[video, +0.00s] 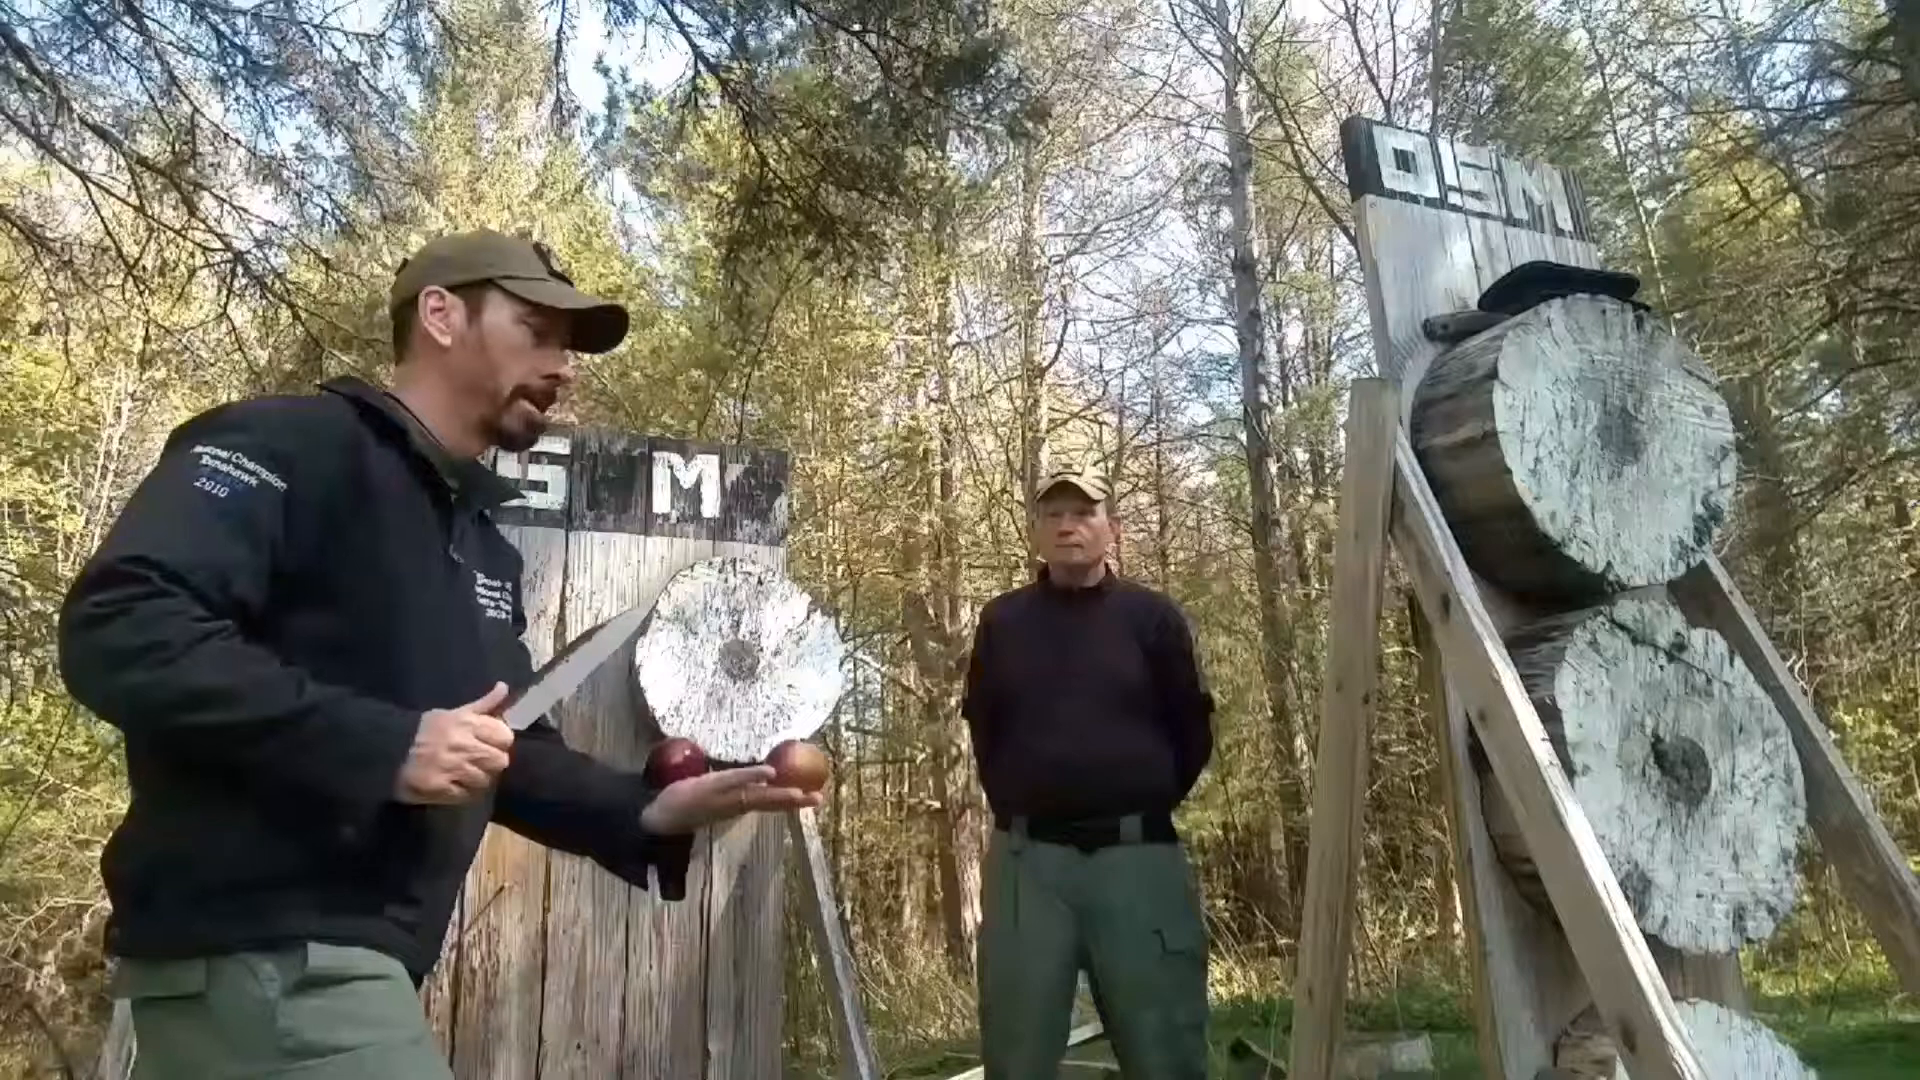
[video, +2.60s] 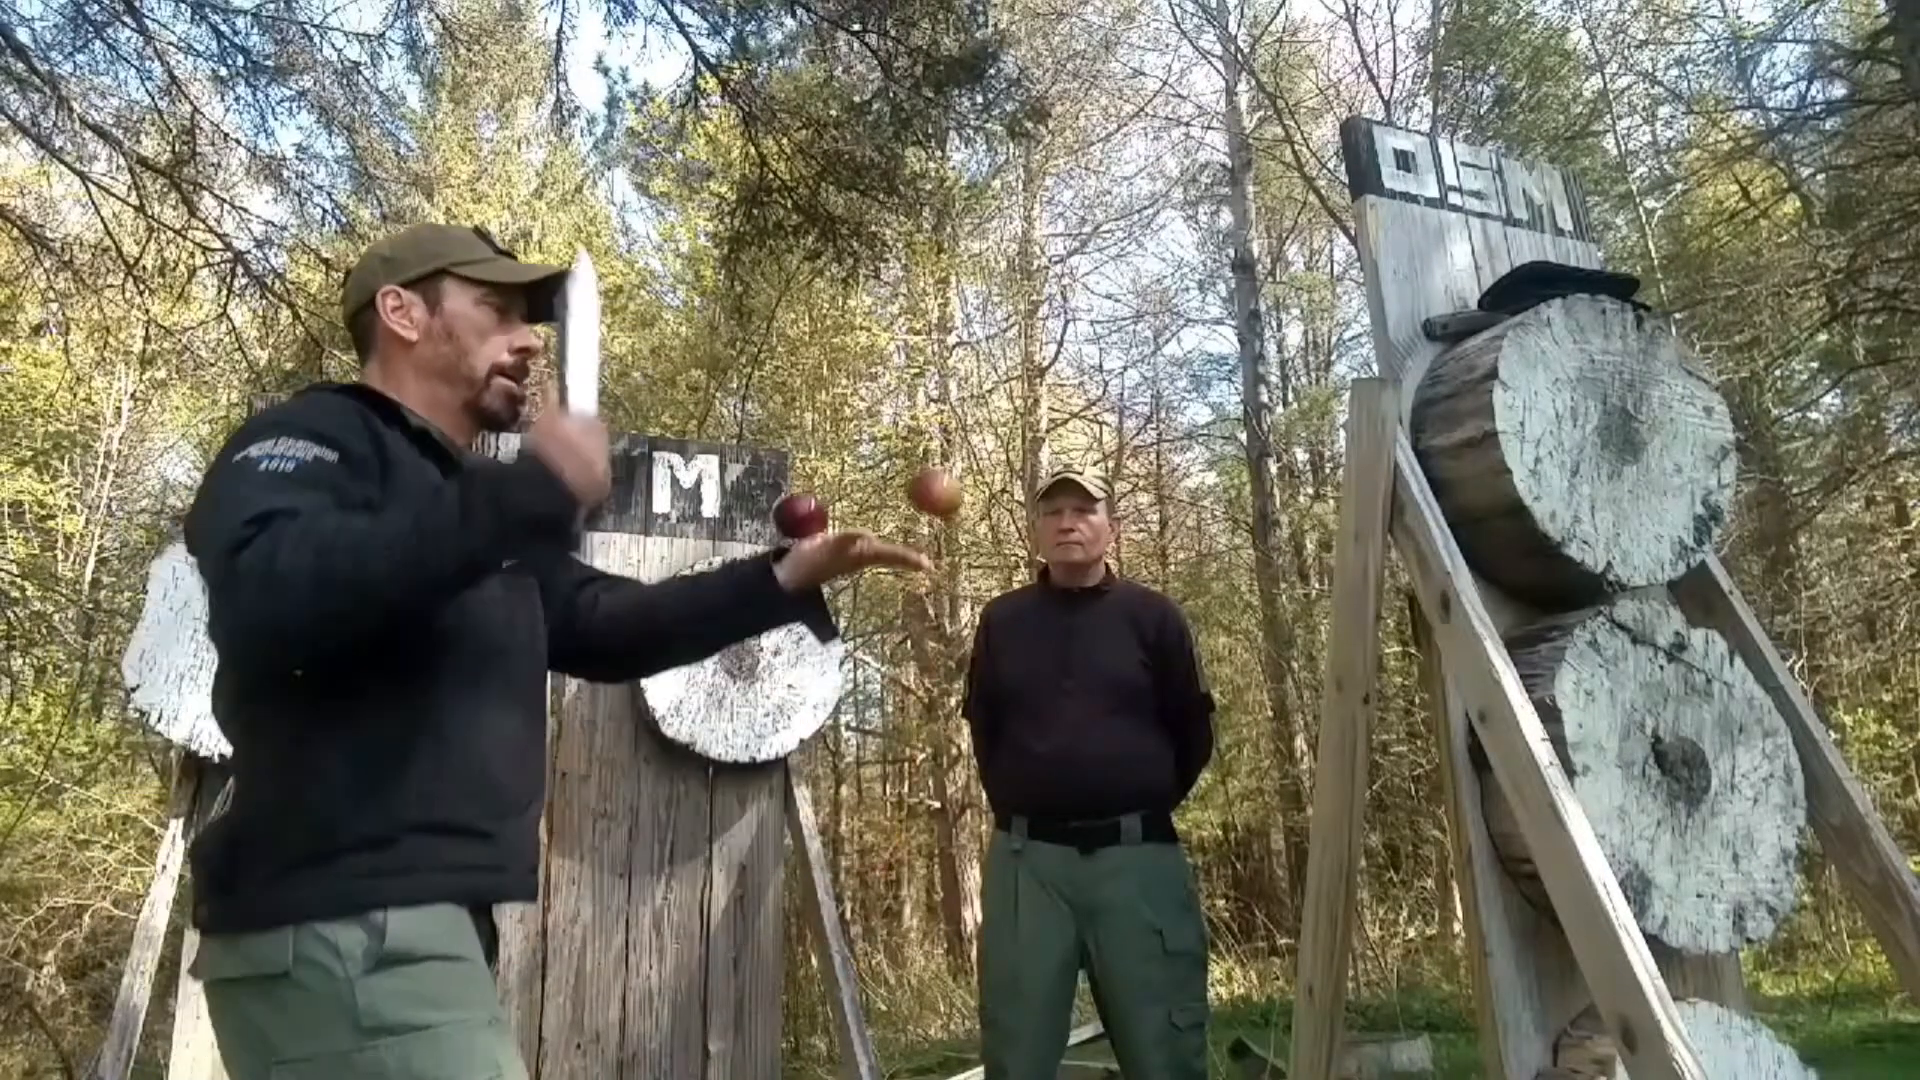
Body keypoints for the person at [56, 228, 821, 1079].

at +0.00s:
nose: (565, 369)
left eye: (572, 346)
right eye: (543, 331)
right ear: (443, 316)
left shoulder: (487, 553)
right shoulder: (285, 445)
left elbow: (487, 749)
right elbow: (118, 628)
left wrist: (652, 808)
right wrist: (385, 743)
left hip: (348, 967)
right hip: (264, 968)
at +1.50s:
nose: (574, 438)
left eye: (577, 414)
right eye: (549, 401)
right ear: (449, 392)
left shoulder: (491, 622)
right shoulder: (295, 525)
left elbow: (481, 839)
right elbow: (132, 741)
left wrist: (651, 922)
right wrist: (397, 863)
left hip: (370, 1033)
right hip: (241, 1032)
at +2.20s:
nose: (552, 450)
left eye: (555, 424)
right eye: (523, 412)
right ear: (420, 409)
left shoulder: (487, 628)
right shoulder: (264, 558)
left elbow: (548, 816)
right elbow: (149, 788)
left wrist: (716, 851)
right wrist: (421, 874)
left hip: (408, 1038)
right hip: (260, 1037)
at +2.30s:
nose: (546, 425)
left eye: (547, 399)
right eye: (518, 392)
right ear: (418, 387)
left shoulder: (487, 598)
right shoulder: (263, 537)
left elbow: (561, 765)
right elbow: (164, 749)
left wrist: (757, 776)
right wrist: (456, 806)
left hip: (416, 1021)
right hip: (290, 1025)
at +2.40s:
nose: (541, 395)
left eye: (541, 371)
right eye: (510, 359)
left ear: (425, 368)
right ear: (413, 360)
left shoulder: (484, 569)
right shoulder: (277, 506)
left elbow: (579, 719)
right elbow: (196, 704)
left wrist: (769, 699)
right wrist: (492, 707)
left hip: (408, 992)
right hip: (323, 999)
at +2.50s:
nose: (537, 370)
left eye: (538, 347)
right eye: (507, 334)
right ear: (410, 336)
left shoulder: (478, 530)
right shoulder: (292, 468)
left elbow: (598, 665)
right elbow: (234, 649)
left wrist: (780, 631)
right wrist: (518, 600)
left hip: (411, 962)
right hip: (338, 970)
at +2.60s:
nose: (529, 340)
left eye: (528, 319)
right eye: (500, 311)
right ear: (403, 314)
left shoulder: (492, 492)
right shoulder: (298, 443)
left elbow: (604, 626)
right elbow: (276, 598)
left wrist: (780, 577)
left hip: (426, 927)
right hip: (340, 932)